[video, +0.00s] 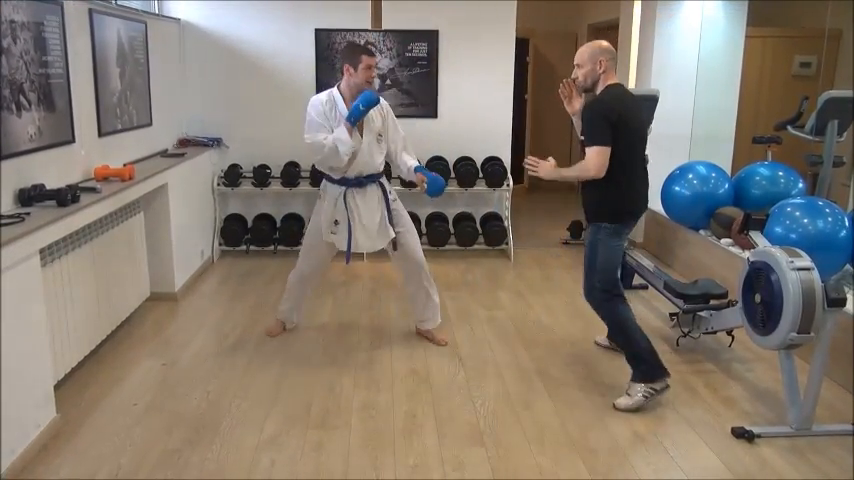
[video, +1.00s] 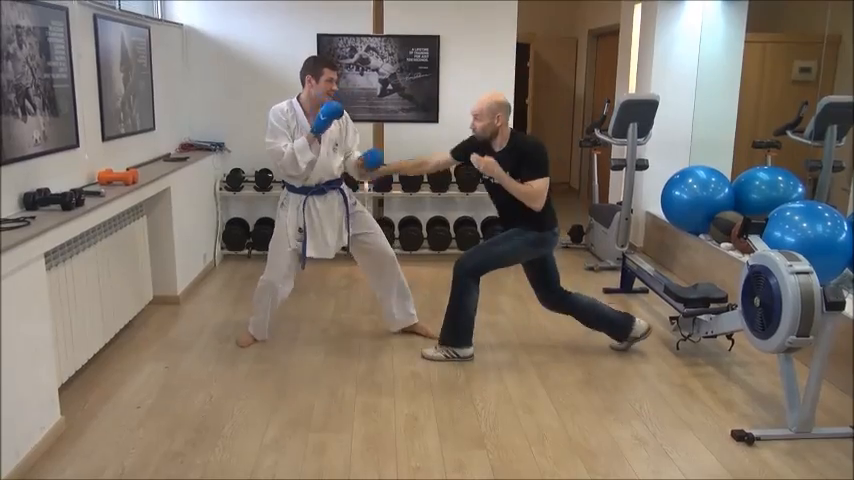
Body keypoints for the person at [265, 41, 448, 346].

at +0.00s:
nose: (374, 75)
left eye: (375, 69)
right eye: (369, 69)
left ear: (362, 71)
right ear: (348, 70)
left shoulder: (379, 107)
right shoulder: (320, 105)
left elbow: (397, 150)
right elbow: (321, 155)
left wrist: (415, 171)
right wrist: (351, 123)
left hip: (378, 191)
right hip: (336, 193)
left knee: (414, 257)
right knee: (308, 265)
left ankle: (426, 323)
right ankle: (286, 318)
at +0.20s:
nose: (363, 61)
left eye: (365, 56)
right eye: (358, 55)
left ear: (345, 57)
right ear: (337, 55)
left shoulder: (362, 91)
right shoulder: (307, 90)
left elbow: (374, 139)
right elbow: (316, 141)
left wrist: (401, 136)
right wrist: (344, 102)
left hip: (363, 177)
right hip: (323, 180)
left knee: (402, 236)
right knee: (292, 250)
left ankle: (418, 303)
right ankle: (261, 316)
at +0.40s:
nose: (352, 81)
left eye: (353, 76)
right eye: (347, 75)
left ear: (339, 77)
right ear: (328, 74)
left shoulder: (352, 111)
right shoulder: (298, 107)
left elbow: (367, 152)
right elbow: (302, 156)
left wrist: (391, 141)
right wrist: (334, 129)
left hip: (352, 193)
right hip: (312, 195)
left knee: (400, 246)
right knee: (287, 265)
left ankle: (408, 316)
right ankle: (255, 323)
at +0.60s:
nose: (360, 87)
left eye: (361, 81)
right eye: (356, 81)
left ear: (338, 80)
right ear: (335, 79)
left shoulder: (357, 115)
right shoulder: (304, 111)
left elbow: (366, 160)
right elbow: (310, 162)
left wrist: (389, 162)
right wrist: (339, 126)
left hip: (358, 196)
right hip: (317, 199)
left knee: (402, 250)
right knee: (286, 271)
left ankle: (411, 318)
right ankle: (255, 324)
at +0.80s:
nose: (339, 87)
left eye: (341, 82)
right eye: (335, 81)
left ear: (335, 83)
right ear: (315, 78)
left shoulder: (339, 113)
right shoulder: (285, 110)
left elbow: (348, 157)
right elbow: (296, 161)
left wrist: (365, 162)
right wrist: (318, 123)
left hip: (339, 195)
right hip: (300, 198)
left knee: (387, 251)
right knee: (274, 270)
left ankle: (409, 319)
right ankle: (255, 326)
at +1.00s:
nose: (334, 88)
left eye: (336, 83)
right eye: (329, 82)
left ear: (335, 85)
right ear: (309, 81)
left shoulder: (339, 117)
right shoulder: (281, 114)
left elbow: (351, 163)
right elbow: (284, 164)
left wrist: (364, 165)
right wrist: (314, 133)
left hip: (338, 197)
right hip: (297, 201)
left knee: (383, 255)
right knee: (275, 276)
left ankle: (405, 320)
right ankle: (257, 329)